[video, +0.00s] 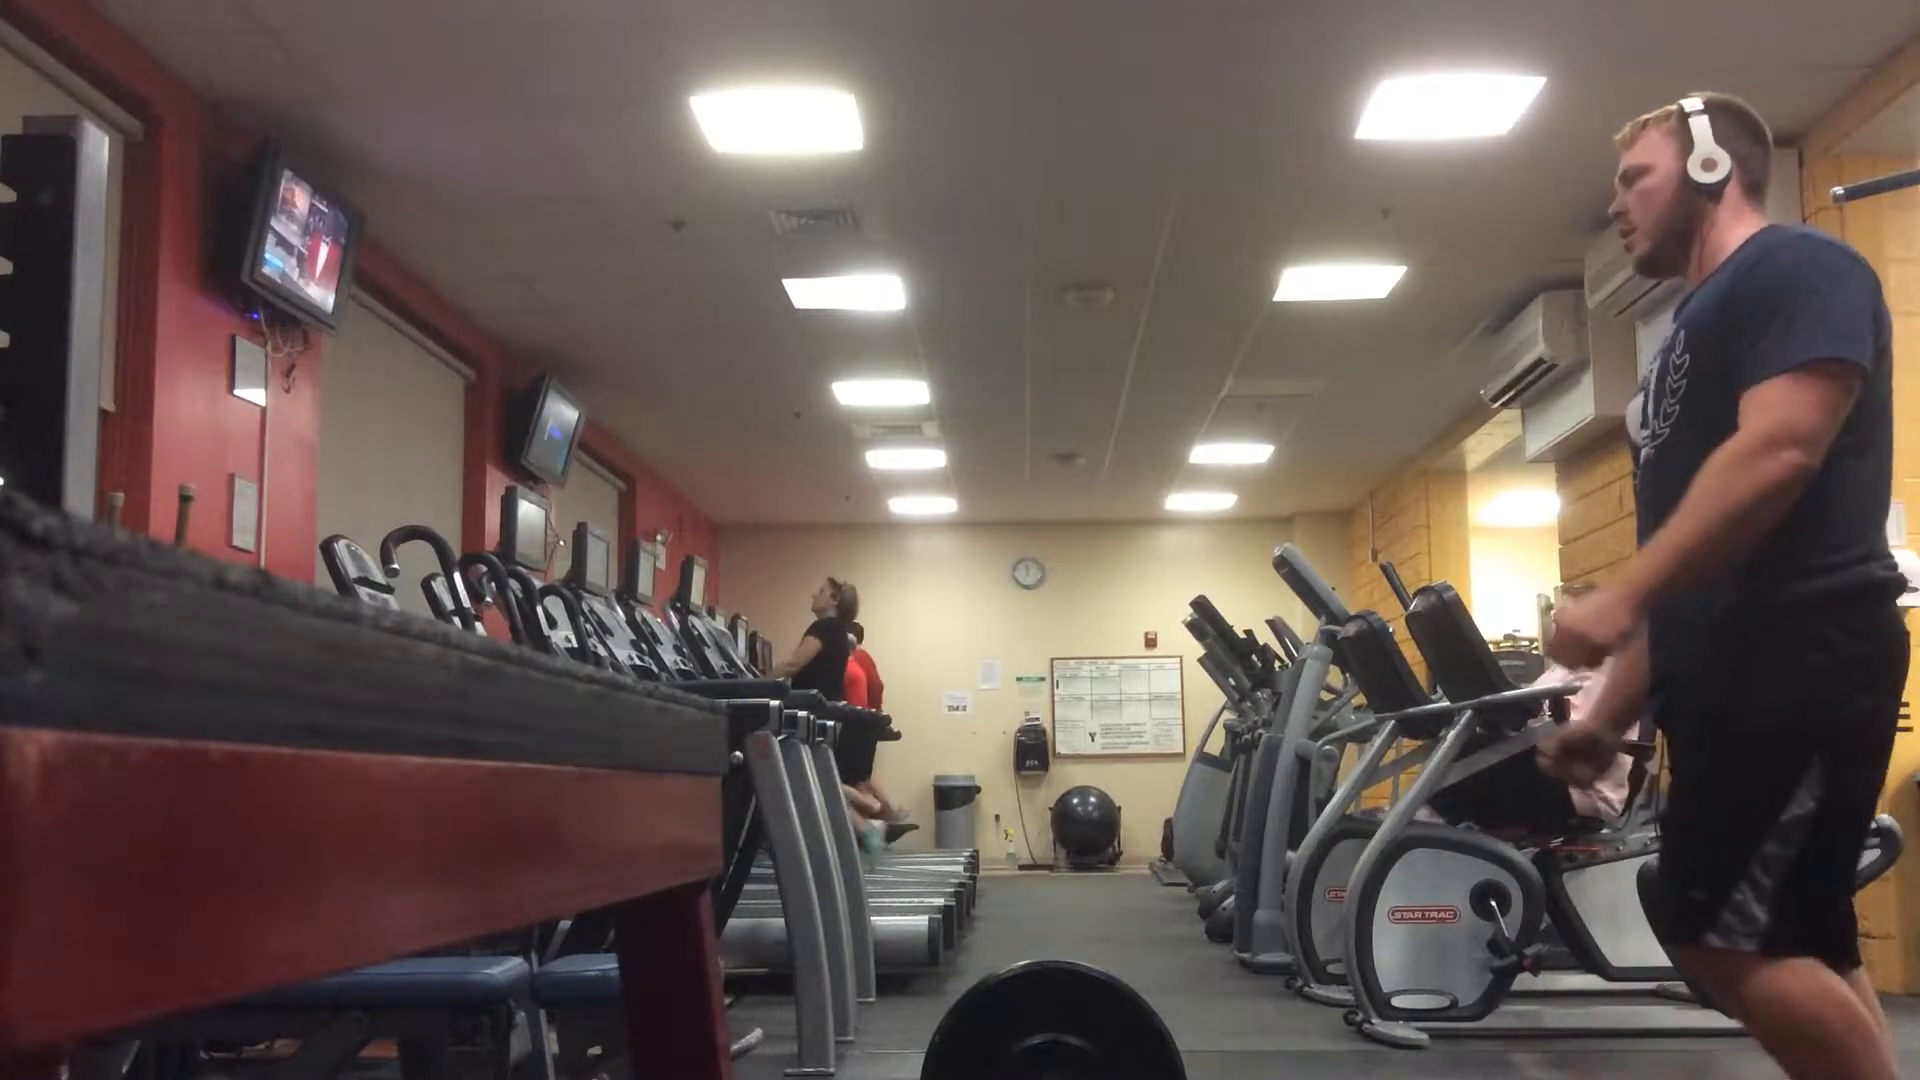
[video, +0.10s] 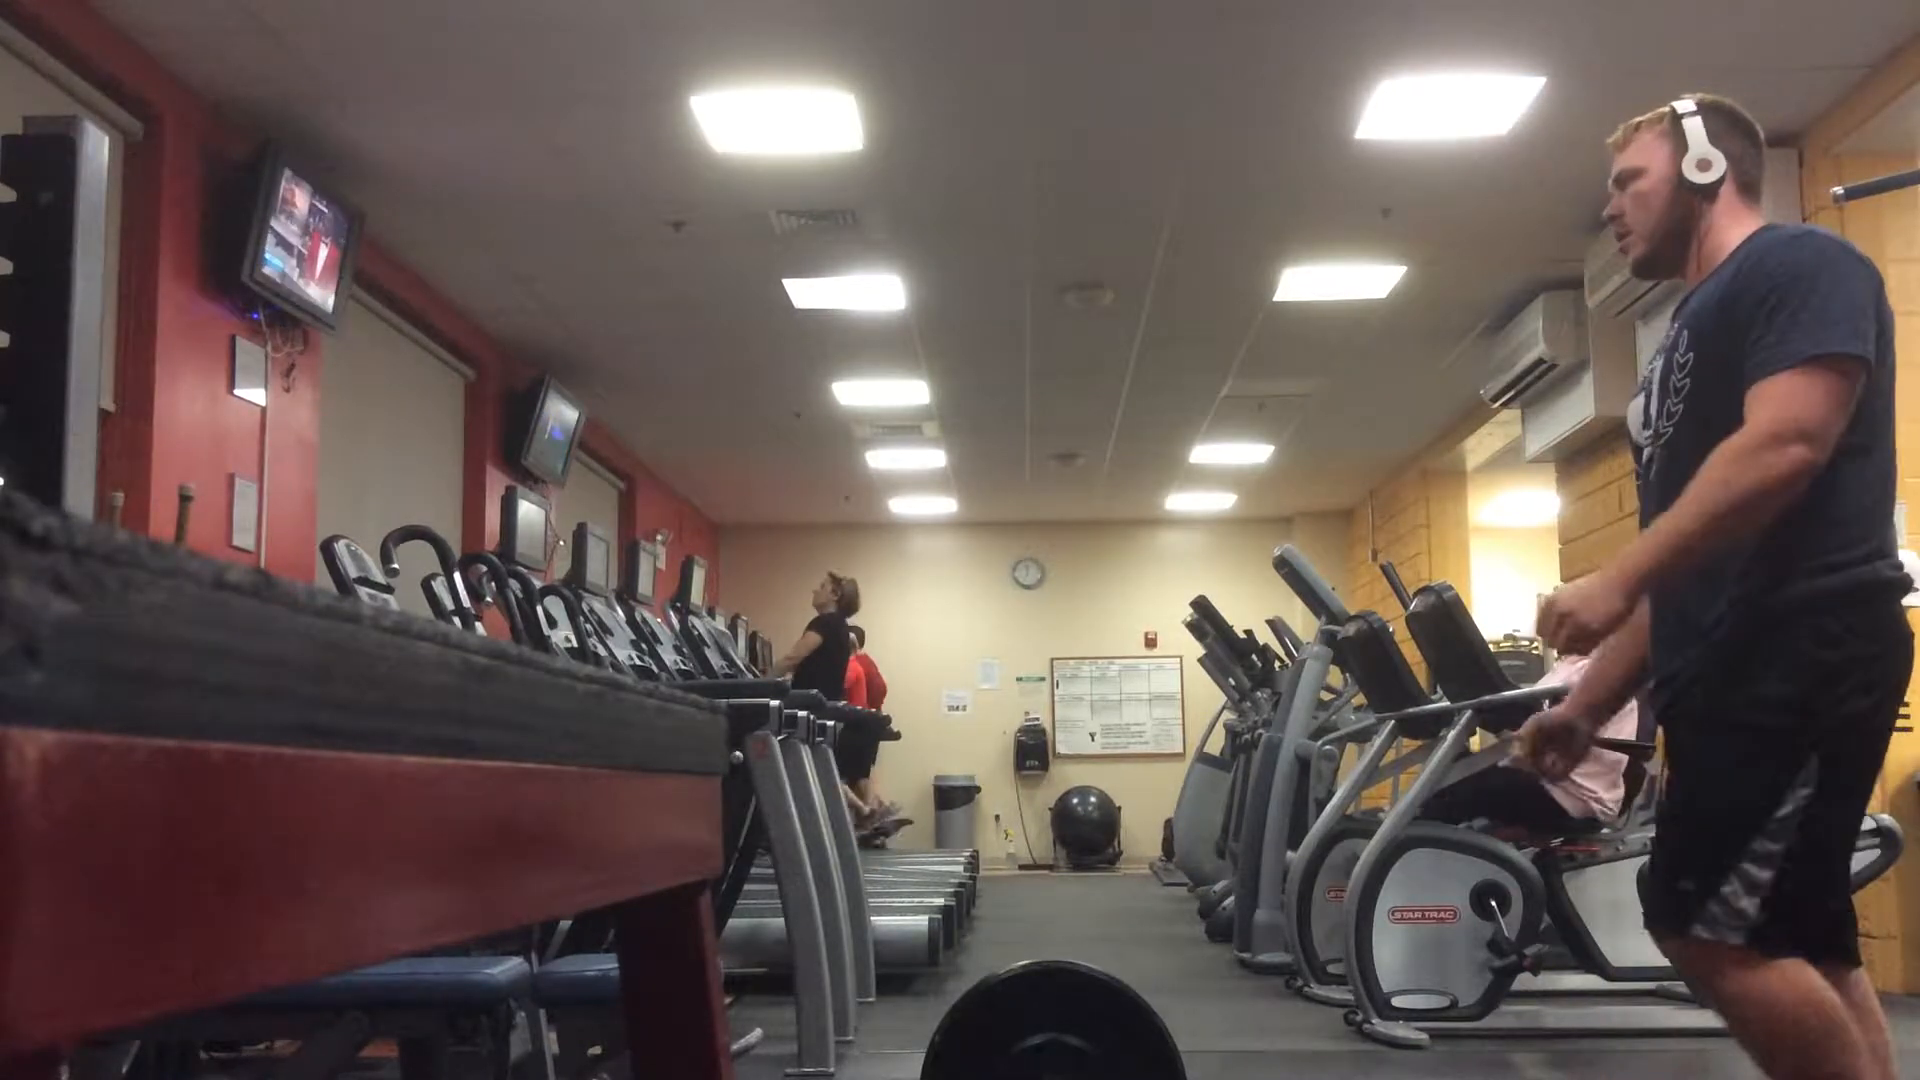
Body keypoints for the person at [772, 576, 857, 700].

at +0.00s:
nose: (814, 595)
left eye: (821, 592)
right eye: (819, 591)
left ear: (835, 600)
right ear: (834, 600)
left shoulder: (823, 627)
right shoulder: (839, 628)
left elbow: (793, 666)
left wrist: (769, 674)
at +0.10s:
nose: (815, 591)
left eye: (822, 587)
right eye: (820, 586)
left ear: (835, 595)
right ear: (835, 595)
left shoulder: (824, 622)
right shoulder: (840, 624)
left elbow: (793, 658)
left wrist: (768, 678)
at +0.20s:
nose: (814, 592)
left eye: (821, 588)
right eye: (818, 587)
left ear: (833, 597)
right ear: (833, 598)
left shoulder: (825, 625)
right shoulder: (842, 626)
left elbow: (795, 663)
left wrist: (768, 677)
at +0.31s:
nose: (812, 596)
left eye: (818, 593)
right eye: (816, 592)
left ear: (830, 602)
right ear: (830, 602)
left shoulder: (824, 630)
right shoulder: (841, 631)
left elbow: (800, 669)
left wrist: (769, 677)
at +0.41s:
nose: (810, 597)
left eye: (817, 594)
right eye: (815, 593)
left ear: (828, 604)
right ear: (828, 603)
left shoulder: (823, 631)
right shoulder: (837, 631)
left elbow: (796, 671)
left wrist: (768, 678)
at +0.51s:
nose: (811, 593)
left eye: (818, 590)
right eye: (815, 589)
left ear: (829, 600)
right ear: (829, 600)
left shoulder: (823, 628)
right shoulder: (838, 628)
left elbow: (795, 669)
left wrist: (765, 680)